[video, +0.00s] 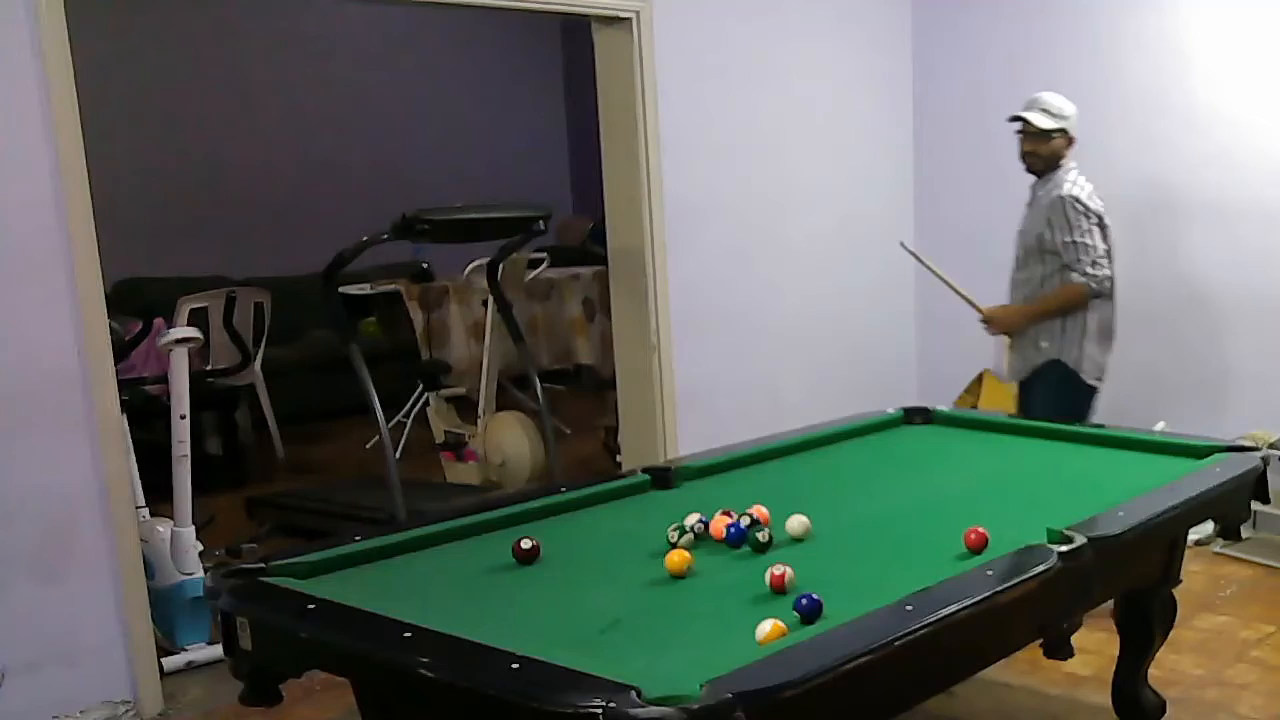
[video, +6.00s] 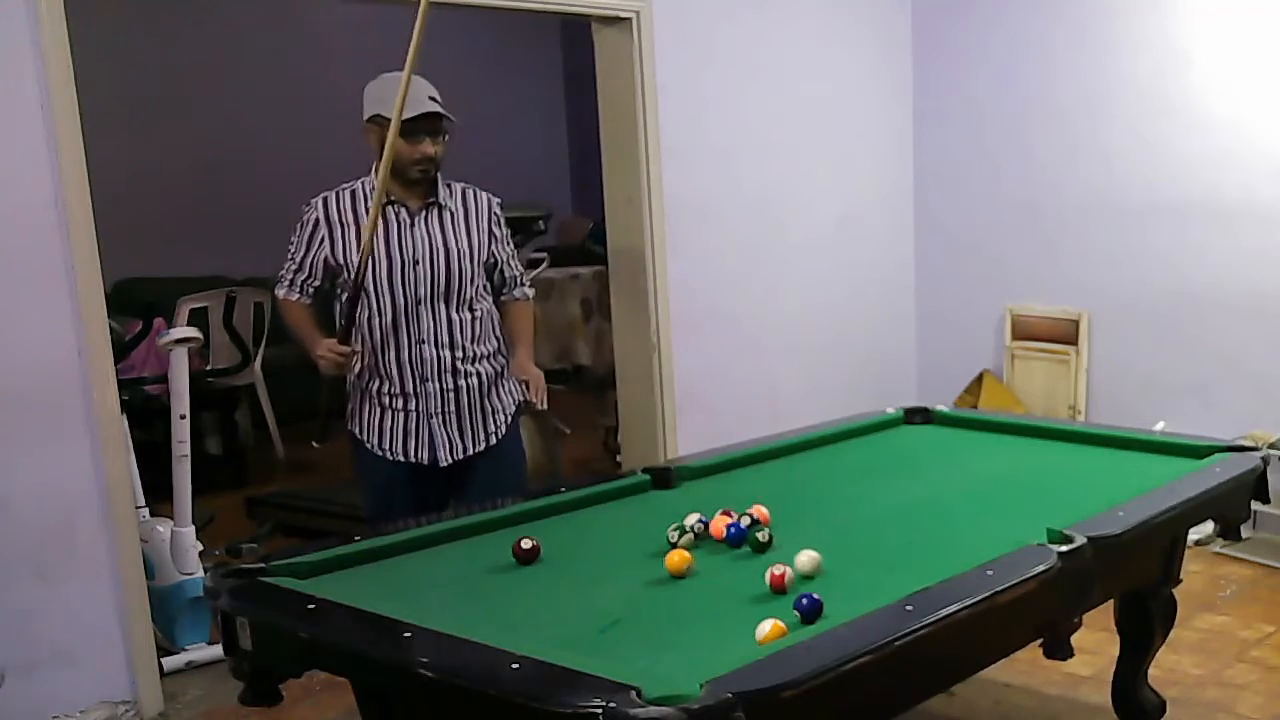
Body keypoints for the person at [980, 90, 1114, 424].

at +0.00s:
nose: (1027, 146)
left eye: (1040, 138)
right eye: (1024, 136)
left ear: (1067, 142)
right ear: (1019, 138)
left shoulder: (1067, 197)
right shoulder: (1046, 194)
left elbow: (1094, 279)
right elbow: (1066, 277)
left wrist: (1019, 315)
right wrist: (1014, 317)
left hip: (1062, 367)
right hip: (1042, 363)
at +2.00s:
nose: (668, 152)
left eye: (680, 141)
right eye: (657, 139)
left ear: (696, 145)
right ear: (637, 138)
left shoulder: (724, 217)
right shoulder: (612, 202)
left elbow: (763, 301)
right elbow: (597, 278)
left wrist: (711, 347)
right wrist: (585, 350)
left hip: (692, 407)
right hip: (620, 404)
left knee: (688, 530)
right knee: (611, 528)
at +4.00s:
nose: (523, 216)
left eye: (530, 201)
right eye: (510, 200)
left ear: (535, 195)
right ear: (462, 187)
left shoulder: (541, 266)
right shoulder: (388, 211)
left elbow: (593, 358)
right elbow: (310, 232)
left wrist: (647, 440)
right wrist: (301, 335)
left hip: (499, 442)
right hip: (404, 439)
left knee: (526, 579)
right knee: (418, 592)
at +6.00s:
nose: (428, 148)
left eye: (436, 135)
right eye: (412, 136)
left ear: (447, 137)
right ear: (374, 135)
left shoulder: (480, 210)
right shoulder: (329, 216)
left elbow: (515, 290)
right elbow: (291, 292)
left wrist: (524, 356)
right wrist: (316, 344)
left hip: (485, 424)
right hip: (391, 431)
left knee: (503, 561)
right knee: (407, 572)